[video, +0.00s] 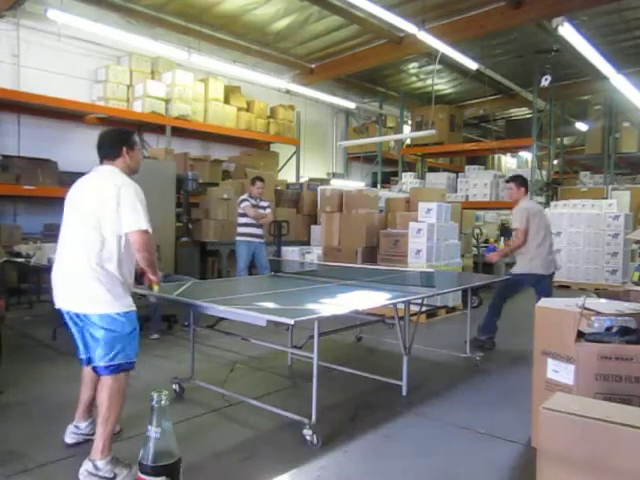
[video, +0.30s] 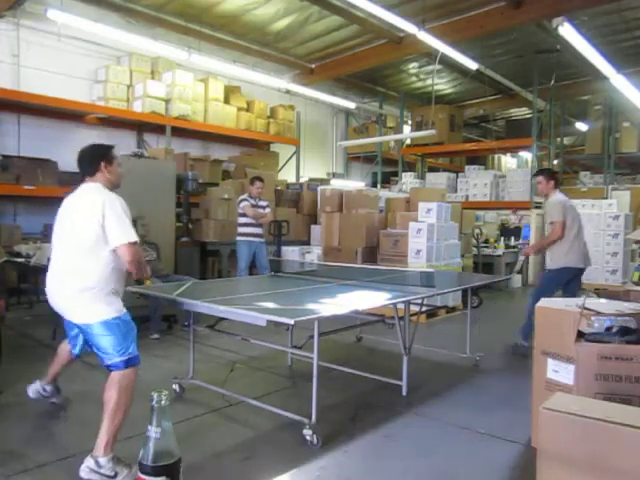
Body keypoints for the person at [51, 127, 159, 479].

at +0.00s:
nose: (142, 156)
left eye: (141, 150)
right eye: (139, 149)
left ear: (106, 154)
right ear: (126, 152)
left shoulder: (81, 184)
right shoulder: (124, 186)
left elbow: (88, 238)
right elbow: (140, 244)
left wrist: (131, 266)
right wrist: (152, 272)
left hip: (68, 292)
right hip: (102, 296)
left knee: (93, 359)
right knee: (116, 370)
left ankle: (81, 422)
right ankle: (100, 460)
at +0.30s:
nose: (120, 171)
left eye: (119, 165)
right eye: (117, 165)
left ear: (91, 169)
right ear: (104, 168)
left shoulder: (71, 199)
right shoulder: (109, 200)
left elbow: (68, 247)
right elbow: (131, 257)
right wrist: (142, 273)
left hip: (61, 292)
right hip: (94, 299)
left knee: (78, 337)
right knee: (125, 366)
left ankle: (45, 384)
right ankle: (102, 457)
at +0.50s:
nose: (105, 175)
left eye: (102, 170)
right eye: (100, 170)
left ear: (80, 175)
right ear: (85, 174)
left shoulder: (66, 200)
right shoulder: (81, 206)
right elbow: (81, 257)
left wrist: (107, 259)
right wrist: (108, 275)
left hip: (46, 287)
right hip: (65, 293)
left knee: (57, 345)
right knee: (83, 360)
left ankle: (30, 394)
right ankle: (91, 445)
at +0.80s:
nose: (93, 169)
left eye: (92, 164)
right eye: (89, 164)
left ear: (69, 166)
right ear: (73, 165)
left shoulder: (55, 189)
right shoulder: (65, 190)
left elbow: (55, 237)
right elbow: (62, 237)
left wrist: (82, 257)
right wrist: (84, 257)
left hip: (25, 278)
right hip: (41, 280)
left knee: (40, 342)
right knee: (52, 347)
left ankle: (32, 393)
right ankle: (39, 429)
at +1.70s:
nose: (84, 179)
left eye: (84, 174)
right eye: (81, 174)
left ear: (56, 174)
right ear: (65, 174)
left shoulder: (29, 197)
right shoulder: (67, 200)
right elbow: (94, 240)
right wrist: (121, 252)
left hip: (7, 282)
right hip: (32, 284)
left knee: (35, 345)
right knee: (42, 350)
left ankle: (30, 396)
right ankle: (32, 431)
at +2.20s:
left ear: (52, 171)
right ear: (70, 172)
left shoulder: (34, 196)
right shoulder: (67, 199)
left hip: (9, 280)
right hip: (35, 284)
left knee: (35, 346)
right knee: (44, 353)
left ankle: (26, 396)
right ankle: (40, 424)